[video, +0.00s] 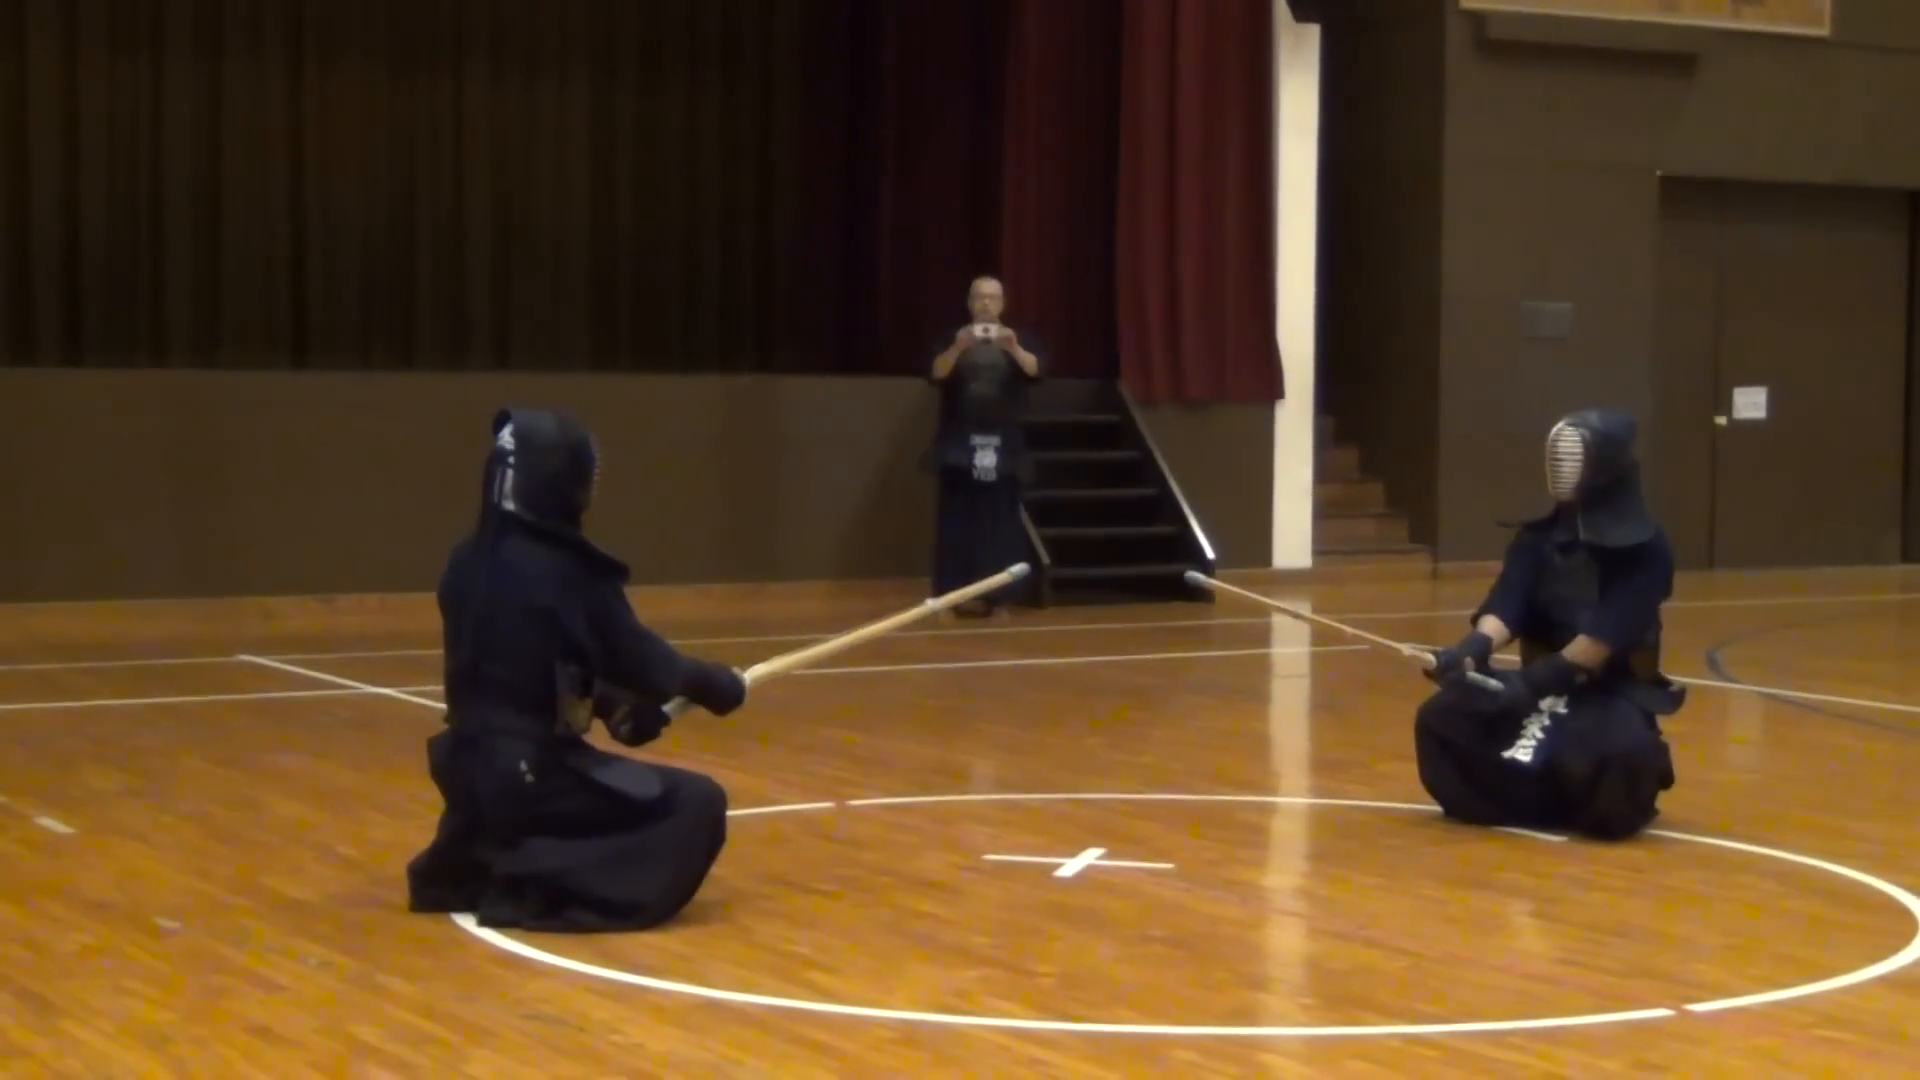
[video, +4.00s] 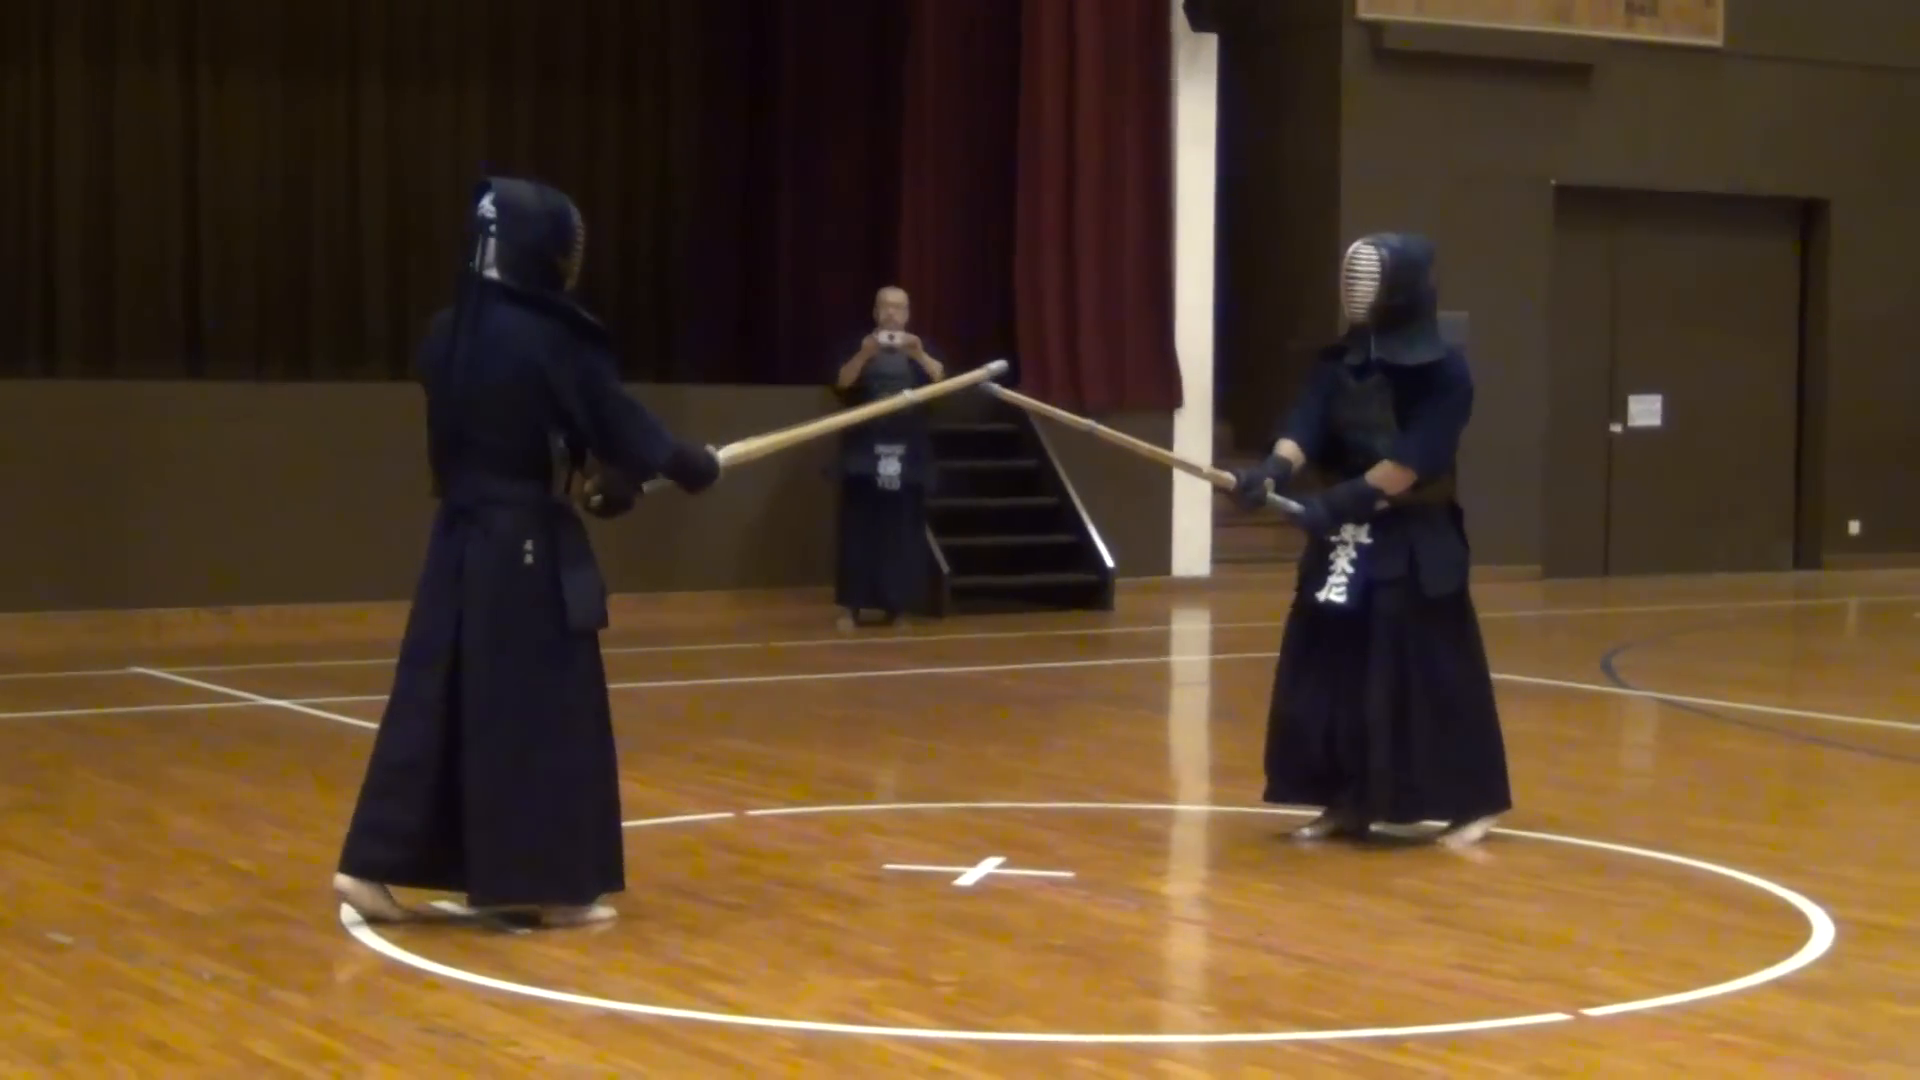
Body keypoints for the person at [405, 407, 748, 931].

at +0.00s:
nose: (588, 491)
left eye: (586, 477)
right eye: (582, 477)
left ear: (503, 477)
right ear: (563, 485)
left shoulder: (468, 560)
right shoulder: (571, 572)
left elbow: (525, 658)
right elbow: (638, 659)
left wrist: (606, 697)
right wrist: (711, 683)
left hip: (461, 764)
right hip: (530, 777)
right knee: (696, 805)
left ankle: (455, 866)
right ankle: (538, 885)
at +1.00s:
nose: (597, 254)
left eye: (595, 240)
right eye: (589, 240)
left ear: (516, 239)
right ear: (561, 243)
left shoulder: (473, 313)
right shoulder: (572, 320)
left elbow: (520, 416)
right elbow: (635, 411)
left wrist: (601, 462)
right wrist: (711, 454)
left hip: (457, 526)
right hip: (520, 534)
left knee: (469, 693)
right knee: (531, 697)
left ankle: (466, 871)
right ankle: (522, 882)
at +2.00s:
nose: (623, 255)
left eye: (621, 242)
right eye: (618, 243)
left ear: (542, 243)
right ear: (600, 249)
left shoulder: (507, 320)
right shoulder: (610, 328)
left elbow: (547, 425)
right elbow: (680, 424)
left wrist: (631, 462)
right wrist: (748, 459)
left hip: (506, 536)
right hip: (578, 541)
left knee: (477, 694)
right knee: (617, 706)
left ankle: (416, 861)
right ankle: (620, 888)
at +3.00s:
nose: (603, 266)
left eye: (603, 251)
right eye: (597, 252)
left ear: (520, 251)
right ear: (571, 256)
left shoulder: (473, 329)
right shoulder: (569, 336)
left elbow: (512, 440)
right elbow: (634, 420)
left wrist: (599, 475)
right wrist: (707, 453)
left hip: (479, 539)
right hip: (547, 543)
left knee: (459, 694)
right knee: (572, 706)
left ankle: (389, 859)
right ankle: (573, 889)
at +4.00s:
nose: (574, 262)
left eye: (573, 248)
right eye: (568, 249)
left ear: (493, 248)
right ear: (545, 254)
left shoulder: (453, 328)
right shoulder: (553, 336)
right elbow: (618, 423)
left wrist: (580, 469)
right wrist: (689, 462)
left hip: (459, 538)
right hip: (527, 544)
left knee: (431, 699)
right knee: (548, 710)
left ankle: (369, 863)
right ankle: (553, 884)